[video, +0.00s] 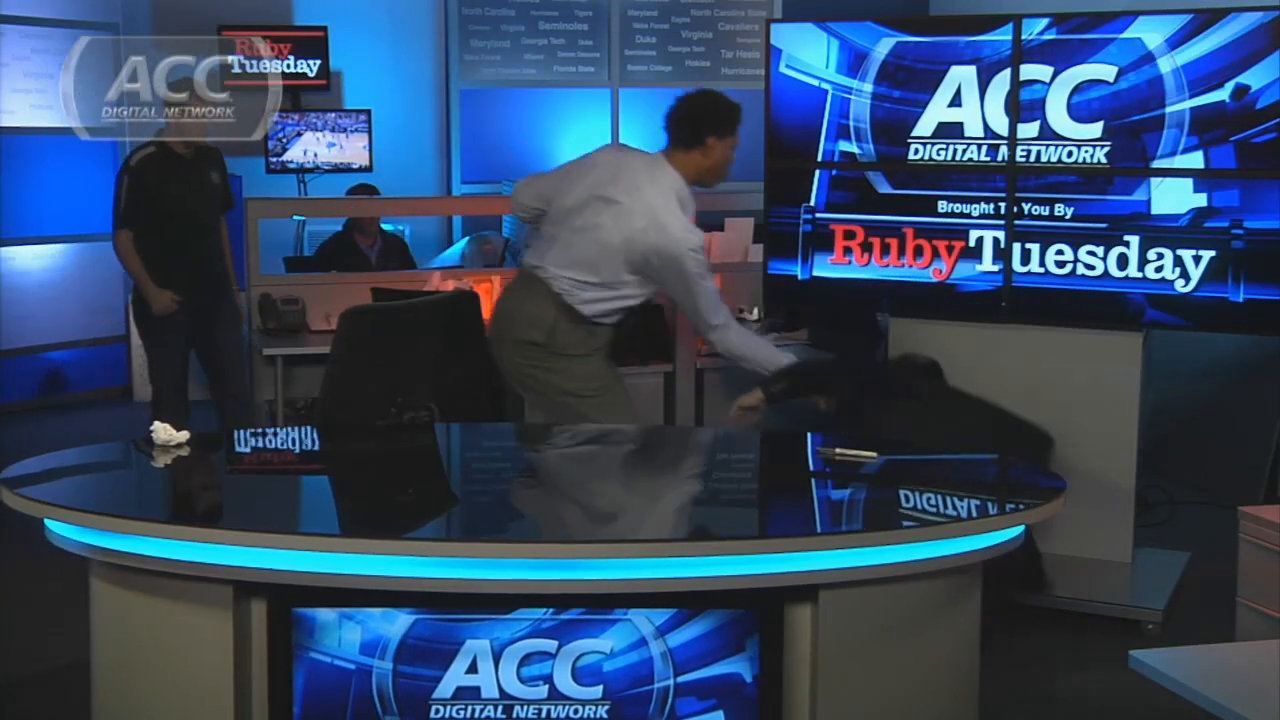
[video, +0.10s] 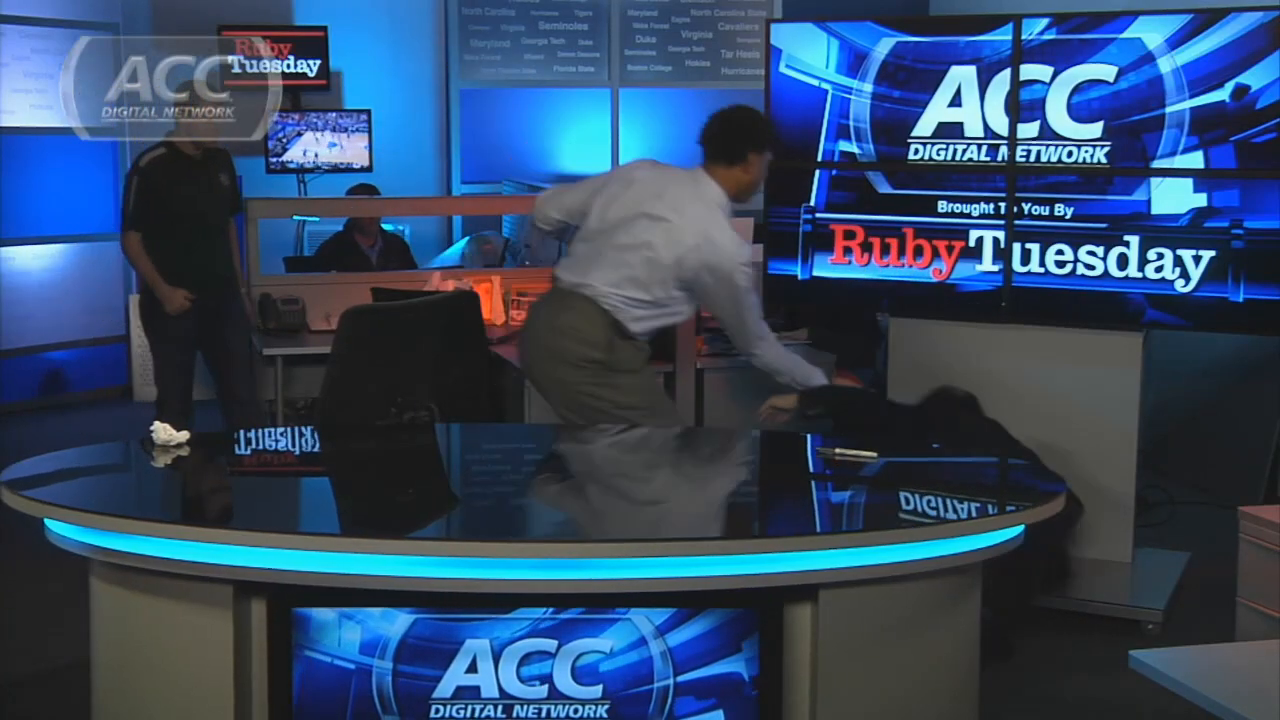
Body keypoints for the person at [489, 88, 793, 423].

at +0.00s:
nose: (732, 158)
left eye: (733, 147)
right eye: (731, 146)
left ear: (677, 132)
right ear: (710, 143)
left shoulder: (611, 159)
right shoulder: (672, 232)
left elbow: (523, 198)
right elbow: (719, 330)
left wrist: (576, 230)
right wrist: (795, 369)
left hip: (517, 315)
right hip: (553, 338)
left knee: (546, 451)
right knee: (621, 451)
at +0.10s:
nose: (763, 174)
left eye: (765, 164)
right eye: (763, 163)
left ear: (710, 150)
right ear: (749, 163)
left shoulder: (639, 175)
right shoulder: (717, 242)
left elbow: (548, 209)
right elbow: (755, 343)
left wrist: (595, 244)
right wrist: (819, 382)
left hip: (546, 326)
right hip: (593, 347)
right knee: (665, 461)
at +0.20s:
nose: (805, 199)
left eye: (805, 186)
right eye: (806, 187)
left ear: (750, 168)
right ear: (795, 188)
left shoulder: (678, 188)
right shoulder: (761, 266)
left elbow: (578, 226)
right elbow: (782, 369)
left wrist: (575, 270)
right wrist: (862, 379)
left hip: (564, 330)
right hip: (620, 356)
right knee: (696, 482)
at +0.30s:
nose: (831, 228)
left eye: (835, 216)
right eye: (832, 215)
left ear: (784, 190)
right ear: (814, 208)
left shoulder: (710, 193)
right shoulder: (787, 280)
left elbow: (612, 221)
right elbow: (825, 385)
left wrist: (577, 256)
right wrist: (919, 387)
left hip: (580, 321)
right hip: (632, 350)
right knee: (712, 486)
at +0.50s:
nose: (883, 253)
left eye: (888, 243)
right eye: (885, 242)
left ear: (836, 215)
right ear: (865, 236)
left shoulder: (759, 210)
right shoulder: (827, 299)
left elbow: (659, 214)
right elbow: (884, 386)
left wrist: (615, 247)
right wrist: (937, 453)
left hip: (612, 313)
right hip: (649, 349)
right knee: (721, 465)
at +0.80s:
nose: (918, 289)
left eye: (924, 279)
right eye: (922, 277)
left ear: (877, 241)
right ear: (904, 263)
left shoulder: (806, 233)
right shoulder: (866, 296)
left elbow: (704, 226)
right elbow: (914, 390)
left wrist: (664, 277)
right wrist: (964, 464)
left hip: (653, 314)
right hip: (686, 333)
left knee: (699, 454)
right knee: (740, 461)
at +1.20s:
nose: (944, 278)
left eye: (949, 267)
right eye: (948, 265)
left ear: (907, 235)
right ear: (934, 250)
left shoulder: (842, 236)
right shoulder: (898, 272)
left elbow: (761, 255)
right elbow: (944, 370)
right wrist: (989, 458)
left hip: (706, 310)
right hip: (736, 319)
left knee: (753, 449)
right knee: (791, 450)